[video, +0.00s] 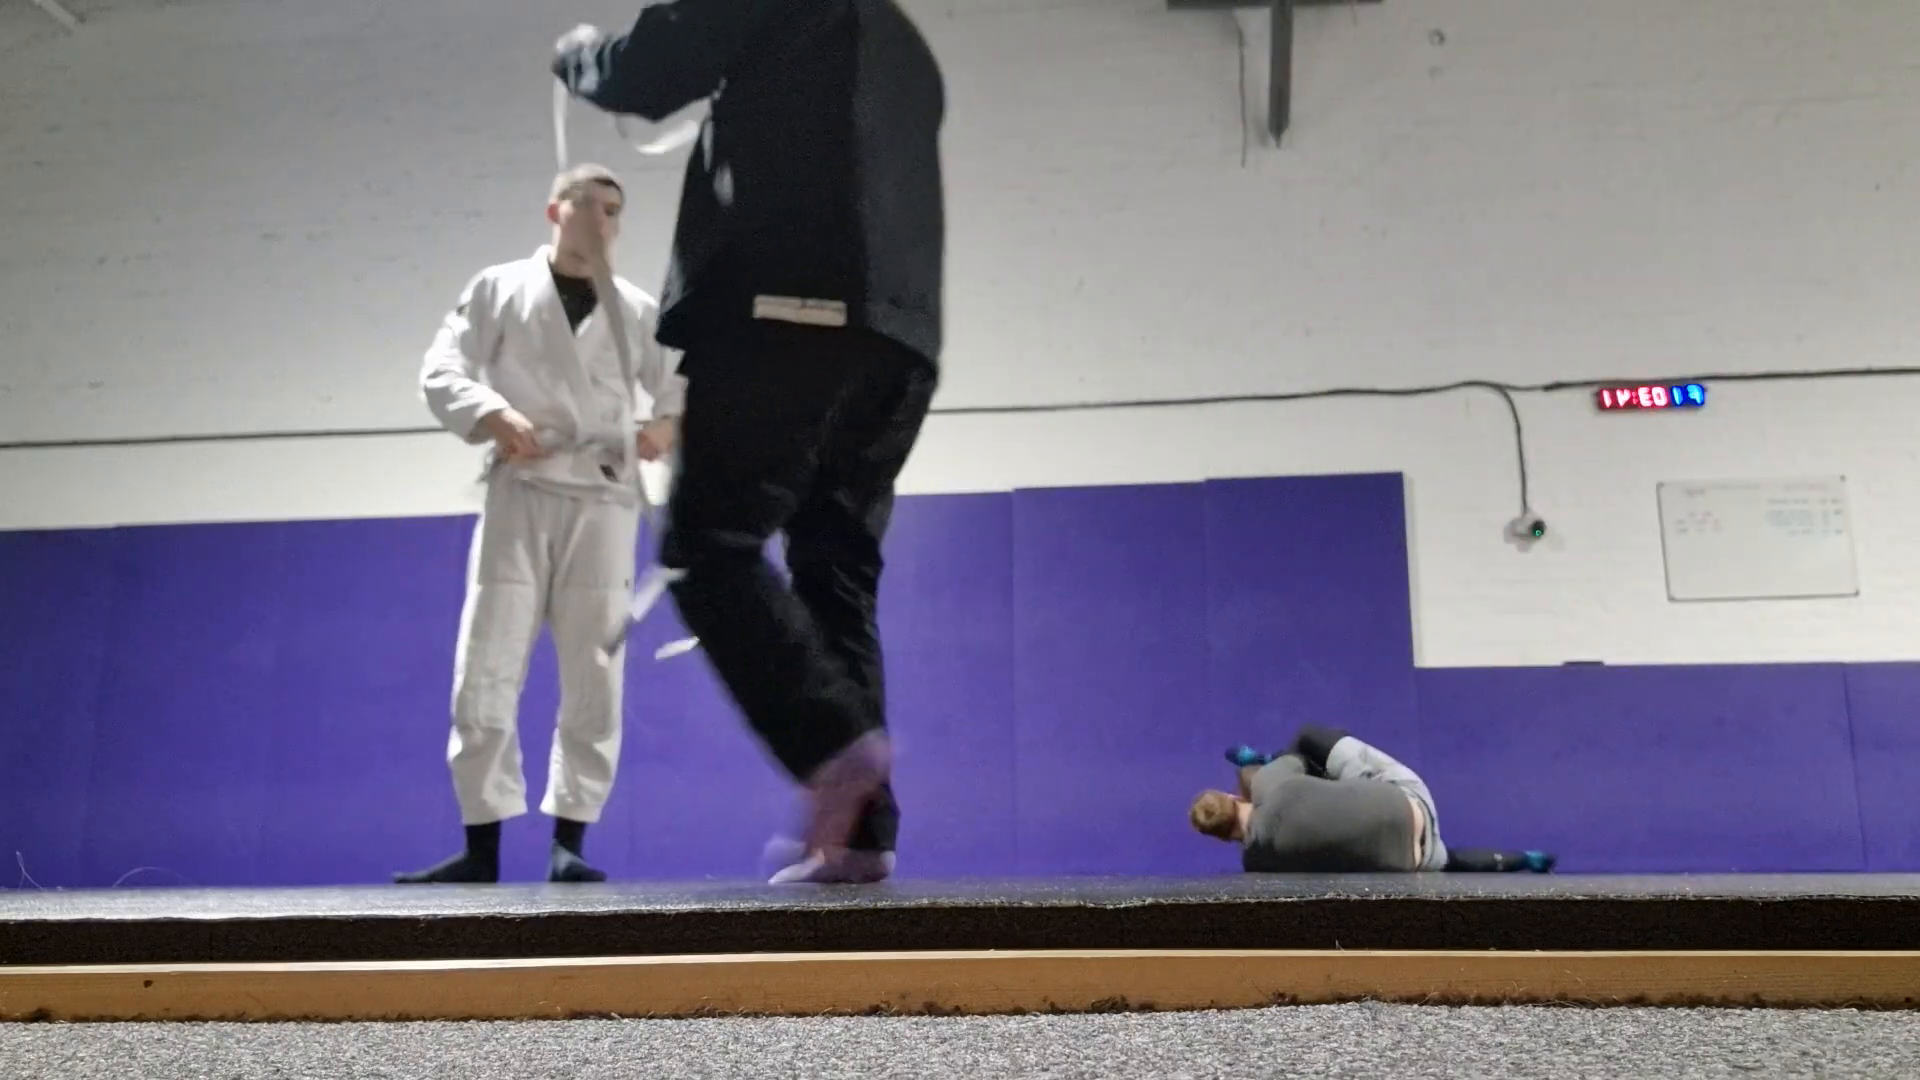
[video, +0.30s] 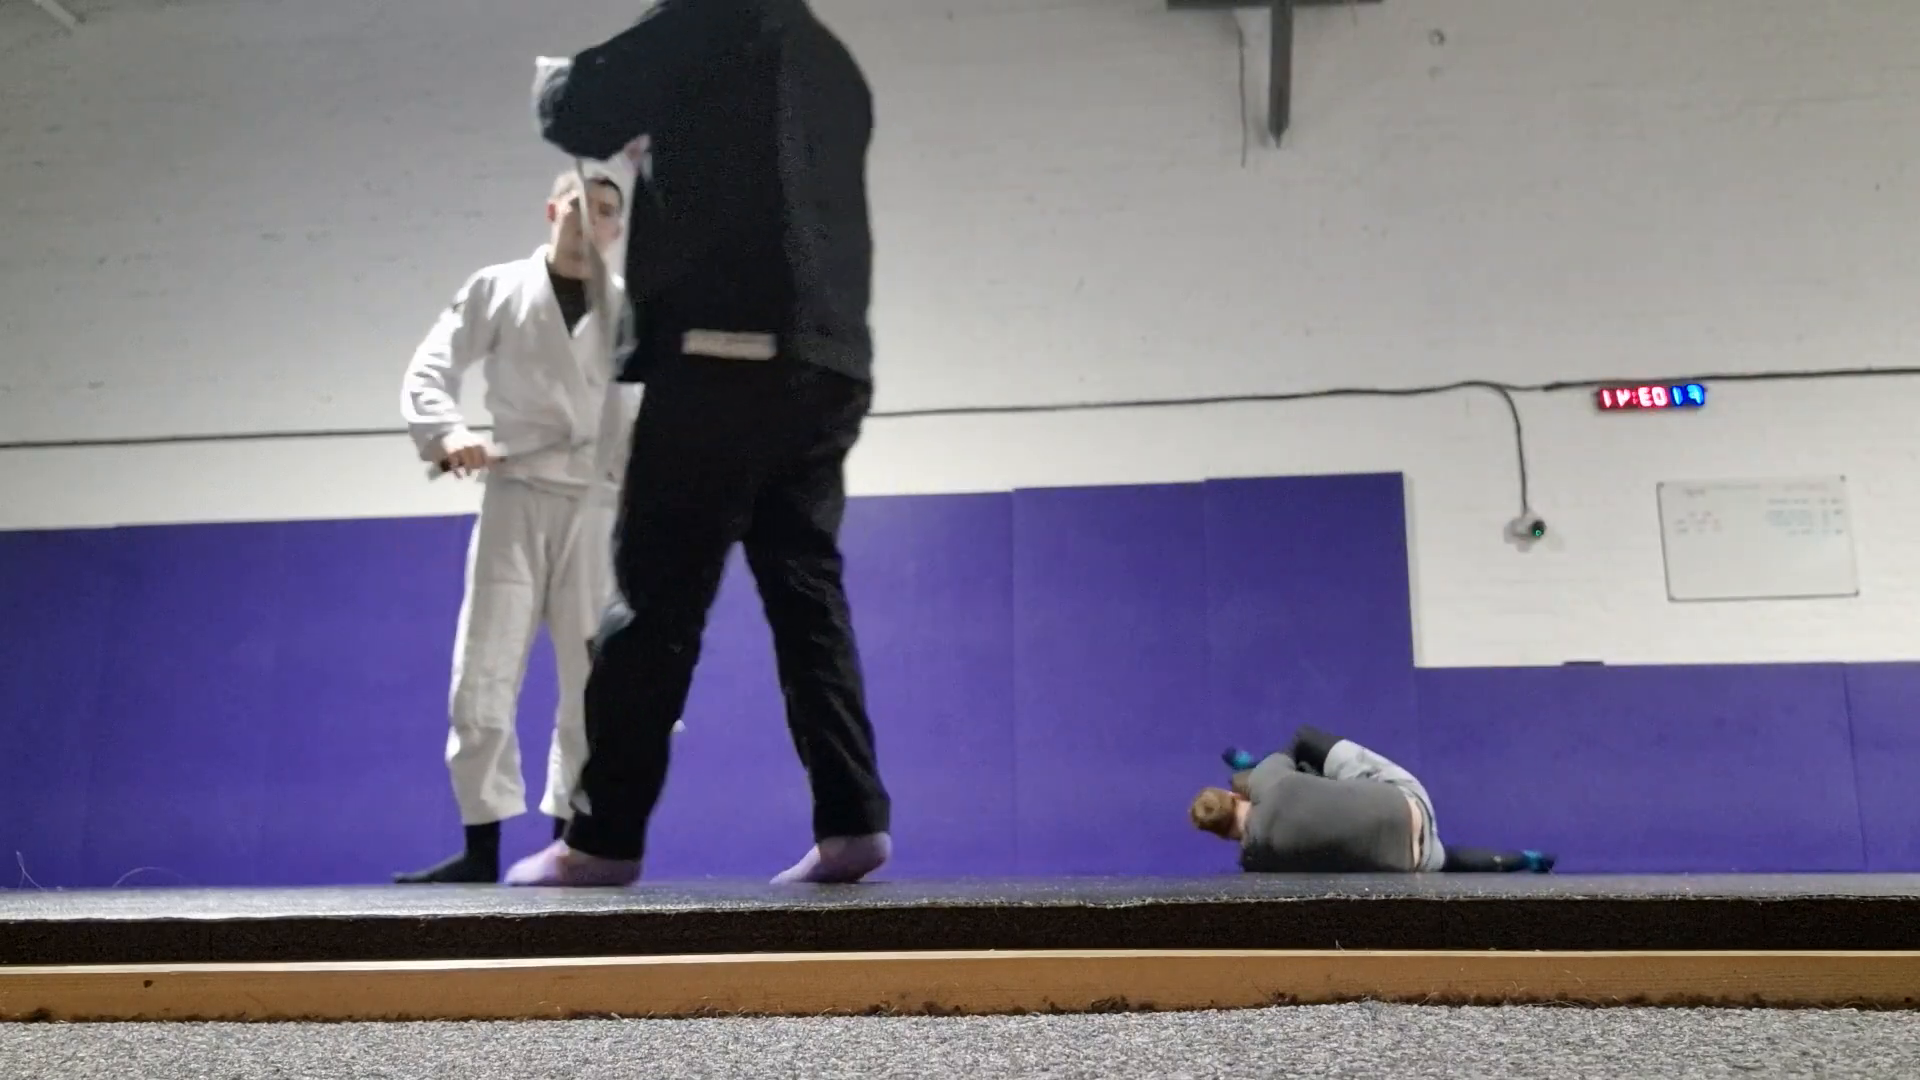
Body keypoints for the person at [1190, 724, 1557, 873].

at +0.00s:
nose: (1236, 788)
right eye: (1232, 789)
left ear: (1222, 838)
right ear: (1234, 792)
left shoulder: (1259, 863)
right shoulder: (1270, 784)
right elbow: (1301, 748)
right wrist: (1264, 769)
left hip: (1414, 860)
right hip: (1406, 802)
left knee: (1444, 858)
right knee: (1310, 737)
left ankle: (1517, 860)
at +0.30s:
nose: (1231, 791)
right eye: (1228, 789)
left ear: (1220, 835)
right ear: (1232, 789)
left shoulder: (1256, 859)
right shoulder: (1266, 781)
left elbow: (1312, 866)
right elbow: (1297, 751)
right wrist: (1257, 772)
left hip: (1414, 860)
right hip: (1408, 804)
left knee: (1443, 856)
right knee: (1307, 739)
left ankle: (1518, 861)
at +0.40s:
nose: (1227, 797)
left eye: (1213, 817)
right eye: (1224, 793)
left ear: (1219, 836)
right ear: (1230, 790)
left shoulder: (1253, 857)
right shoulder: (1265, 777)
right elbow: (1301, 746)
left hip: (1414, 859)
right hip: (1408, 801)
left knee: (1445, 858)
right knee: (1310, 738)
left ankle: (1518, 861)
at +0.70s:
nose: (1224, 792)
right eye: (1221, 794)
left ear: (1218, 840)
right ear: (1228, 796)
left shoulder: (1255, 862)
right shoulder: (1265, 781)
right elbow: (1292, 759)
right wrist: (1249, 781)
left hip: (1418, 861)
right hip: (1413, 807)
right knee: (1309, 737)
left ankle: (1471, 860)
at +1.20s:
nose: (1227, 801)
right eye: (1225, 805)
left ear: (1221, 852)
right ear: (1231, 803)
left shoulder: (1258, 864)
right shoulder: (1269, 781)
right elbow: (1291, 760)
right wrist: (1262, 765)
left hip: (1414, 860)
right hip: (1411, 808)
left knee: (1421, 851)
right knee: (1301, 742)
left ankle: (1466, 866)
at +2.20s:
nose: (1233, 790)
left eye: (1222, 826)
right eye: (1229, 791)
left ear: (1225, 840)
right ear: (1238, 794)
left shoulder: (1256, 862)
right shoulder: (1279, 781)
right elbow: (1302, 769)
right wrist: (1257, 783)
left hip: (1417, 862)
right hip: (1416, 808)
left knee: (1447, 855)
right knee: (1337, 730)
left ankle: (1518, 865)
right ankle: (1340, 775)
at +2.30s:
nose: (1232, 799)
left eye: (1220, 822)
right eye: (1230, 796)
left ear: (1226, 836)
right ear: (1239, 791)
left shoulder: (1259, 857)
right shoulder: (1279, 776)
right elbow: (1312, 771)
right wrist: (1274, 777)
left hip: (1421, 861)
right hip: (1423, 807)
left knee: (1447, 855)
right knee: (1323, 737)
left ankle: (1523, 865)